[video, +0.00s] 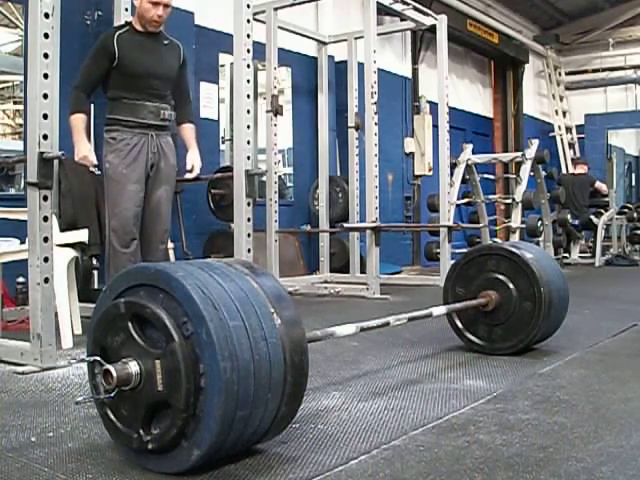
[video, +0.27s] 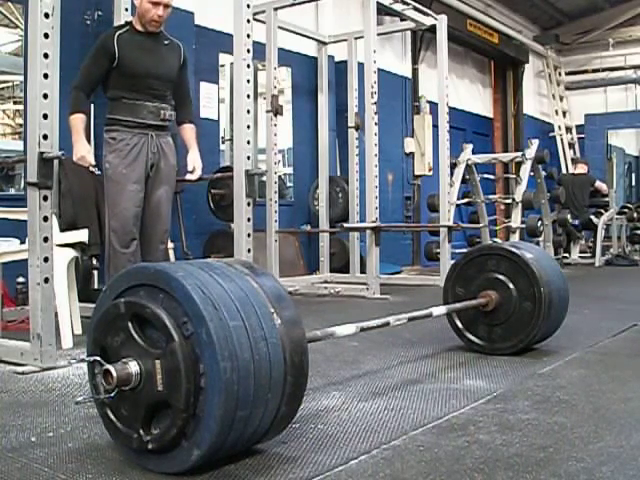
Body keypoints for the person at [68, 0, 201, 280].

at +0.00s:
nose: (160, 12)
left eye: (166, 7)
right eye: (154, 4)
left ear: (170, 10)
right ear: (137, 3)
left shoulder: (175, 50)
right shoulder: (113, 41)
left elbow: (183, 105)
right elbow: (80, 92)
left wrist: (192, 148)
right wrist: (80, 142)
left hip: (164, 143)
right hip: (124, 141)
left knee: (158, 231)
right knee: (124, 229)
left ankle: (158, 304)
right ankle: (123, 304)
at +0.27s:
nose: (160, 13)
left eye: (166, 7)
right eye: (154, 5)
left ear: (170, 10)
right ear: (137, 3)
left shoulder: (176, 50)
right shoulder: (113, 41)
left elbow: (183, 106)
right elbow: (80, 92)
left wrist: (193, 149)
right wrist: (79, 141)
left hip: (164, 143)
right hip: (123, 141)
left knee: (159, 231)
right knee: (124, 229)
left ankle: (158, 304)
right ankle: (123, 304)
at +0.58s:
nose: (159, 12)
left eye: (165, 6)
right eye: (153, 4)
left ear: (170, 10)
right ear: (137, 3)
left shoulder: (176, 50)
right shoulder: (114, 40)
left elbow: (184, 105)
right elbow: (80, 91)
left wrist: (192, 149)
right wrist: (80, 141)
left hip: (164, 144)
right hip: (123, 142)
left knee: (158, 232)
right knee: (124, 229)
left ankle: (158, 304)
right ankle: (122, 305)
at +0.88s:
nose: (160, 11)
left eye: (166, 6)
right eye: (154, 3)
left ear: (170, 9)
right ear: (137, 2)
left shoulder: (176, 49)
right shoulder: (114, 40)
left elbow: (183, 104)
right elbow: (80, 91)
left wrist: (191, 149)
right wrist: (80, 141)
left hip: (163, 143)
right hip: (123, 141)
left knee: (158, 232)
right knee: (123, 230)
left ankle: (158, 304)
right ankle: (121, 305)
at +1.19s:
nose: (158, 11)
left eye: (165, 6)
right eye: (152, 3)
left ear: (170, 10)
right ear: (136, 2)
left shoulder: (176, 49)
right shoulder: (113, 39)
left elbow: (183, 104)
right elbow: (79, 90)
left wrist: (191, 149)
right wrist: (79, 141)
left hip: (163, 143)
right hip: (122, 141)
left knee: (157, 233)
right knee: (122, 230)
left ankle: (159, 305)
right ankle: (122, 306)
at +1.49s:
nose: (156, 11)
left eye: (163, 6)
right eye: (150, 4)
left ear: (168, 9)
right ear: (135, 3)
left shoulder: (175, 48)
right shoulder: (112, 39)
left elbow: (183, 103)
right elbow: (77, 91)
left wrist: (191, 148)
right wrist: (77, 140)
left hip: (162, 143)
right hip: (122, 141)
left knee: (157, 233)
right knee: (122, 231)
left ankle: (159, 306)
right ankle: (121, 307)